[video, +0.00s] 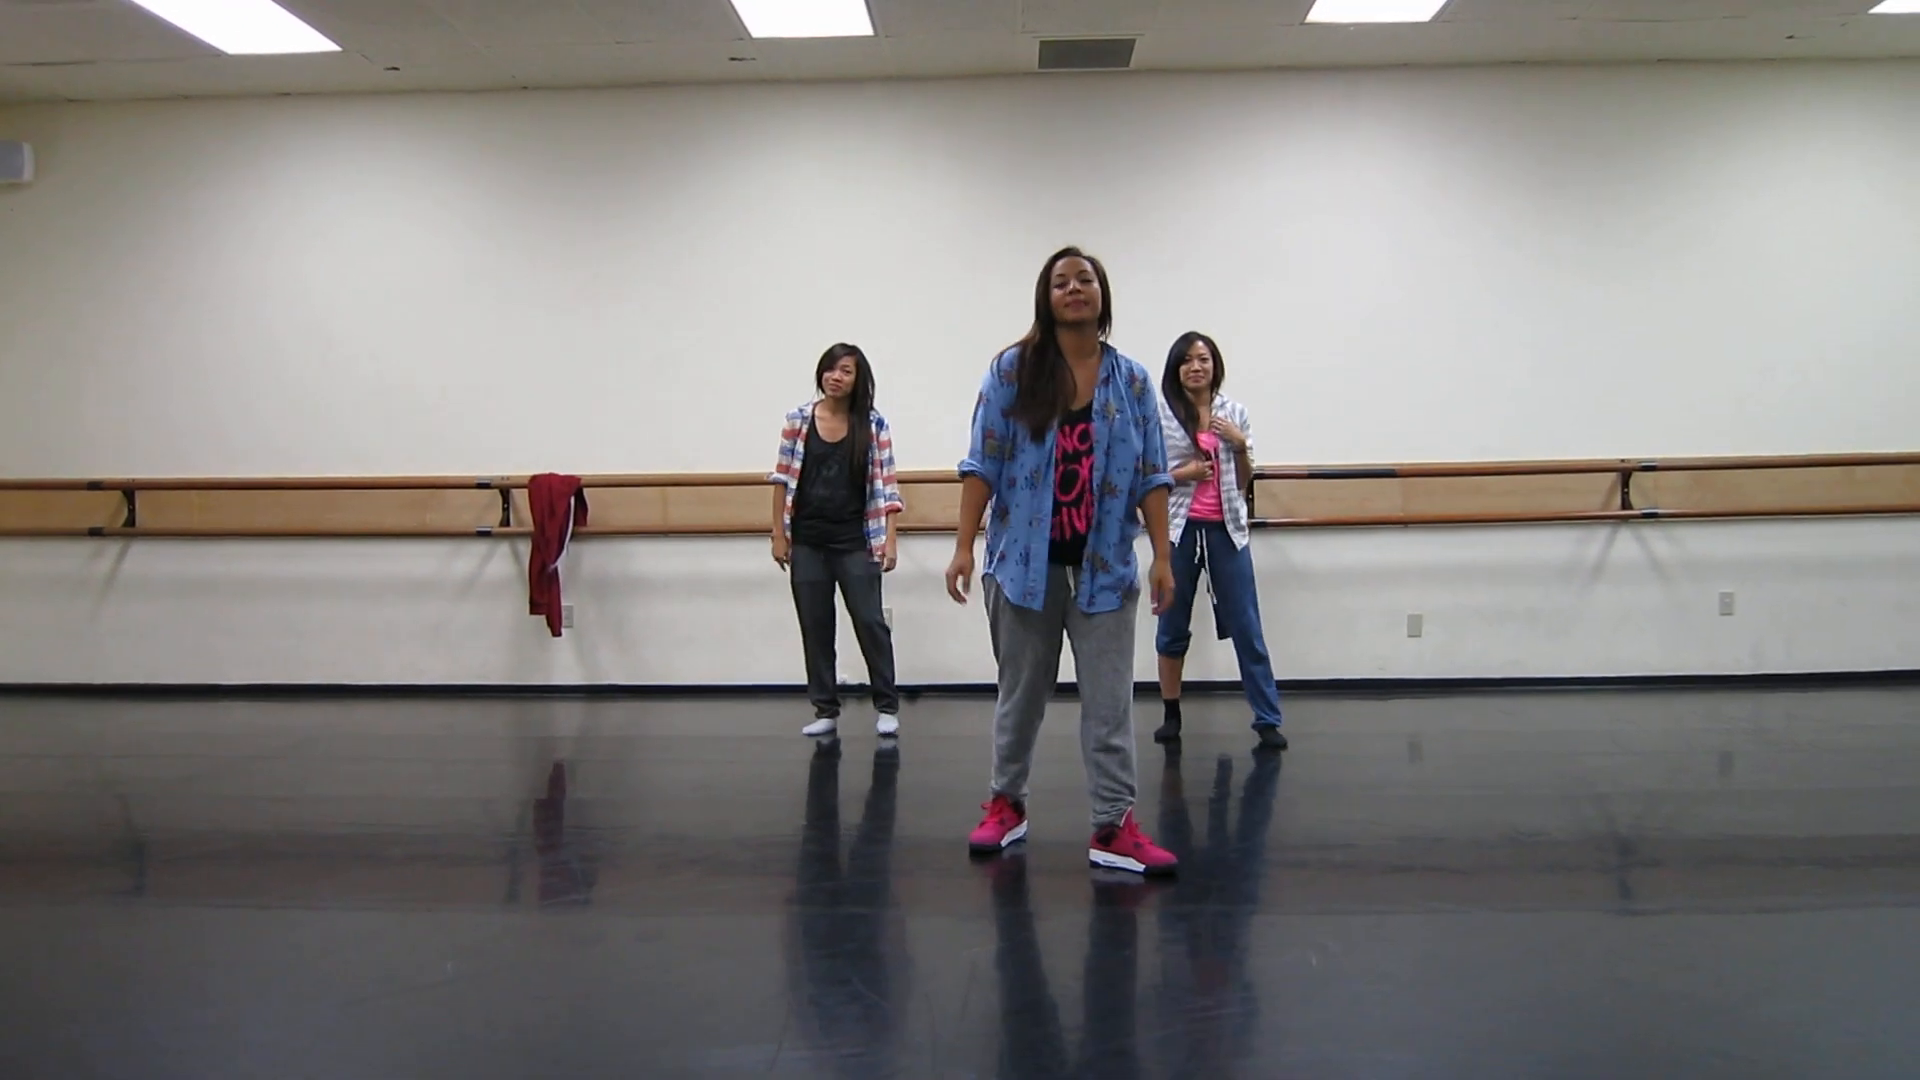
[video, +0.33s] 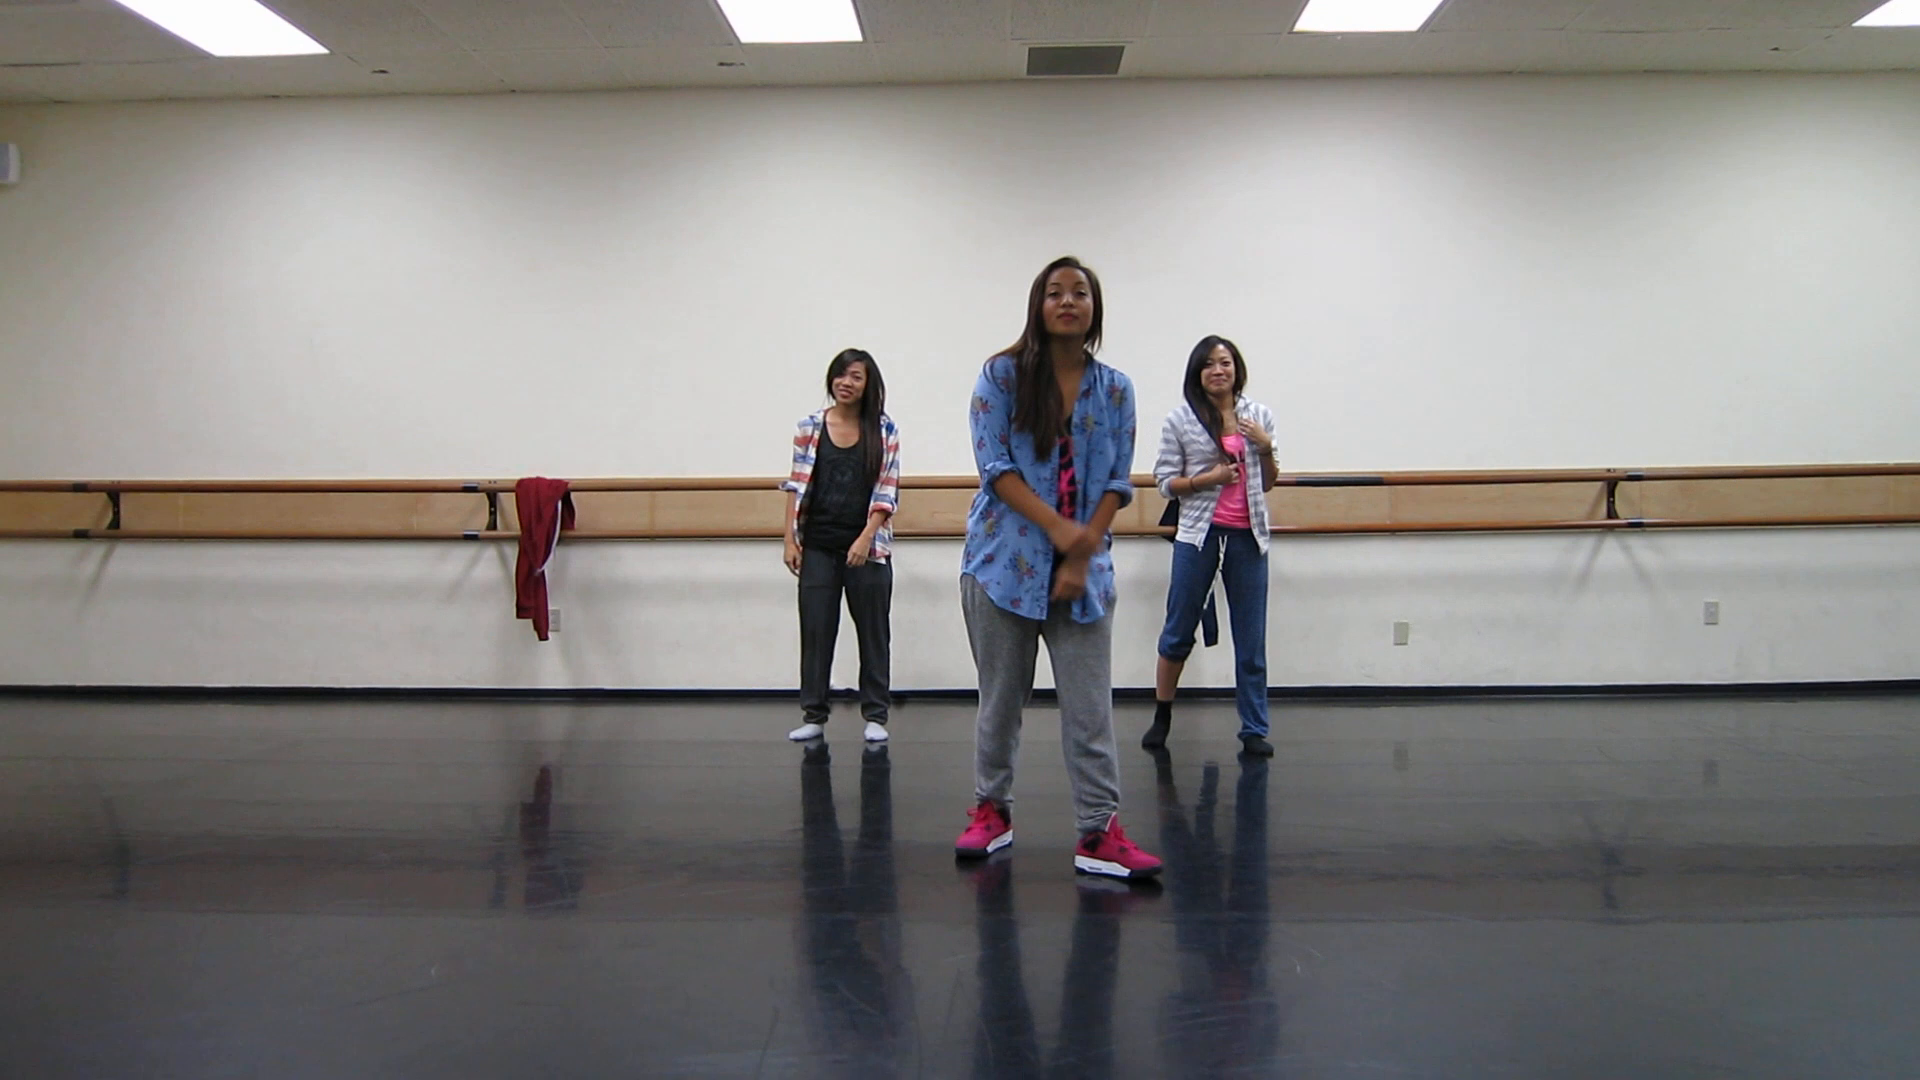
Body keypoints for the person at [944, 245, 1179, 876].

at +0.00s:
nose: (1075, 287)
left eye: (1085, 278)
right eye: (1062, 281)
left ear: (1104, 294)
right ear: (1045, 299)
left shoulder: (1131, 379)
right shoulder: (1012, 370)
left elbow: (1151, 475)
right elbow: (982, 463)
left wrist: (1161, 554)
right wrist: (964, 546)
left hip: (1105, 565)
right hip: (1024, 563)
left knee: (1110, 700)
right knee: (1020, 693)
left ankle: (1113, 826)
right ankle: (1005, 806)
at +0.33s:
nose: (1067, 302)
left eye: (1079, 293)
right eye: (1056, 293)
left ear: (1095, 307)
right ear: (1037, 306)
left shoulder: (1114, 387)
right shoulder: (1001, 375)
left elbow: (1115, 486)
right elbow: (996, 472)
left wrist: (1079, 557)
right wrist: (1058, 526)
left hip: (1081, 567)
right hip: (1002, 565)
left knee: (1091, 709)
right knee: (1000, 701)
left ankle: (1098, 833)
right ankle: (991, 813)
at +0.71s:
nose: (1014, 313)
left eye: (1024, 303)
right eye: (1003, 305)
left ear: (1044, 313)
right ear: (987, 317)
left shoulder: (1070, 389)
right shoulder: (959, 384)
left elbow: (1069, 482)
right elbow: (953, 466)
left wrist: (1038, 557)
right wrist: (998, 507)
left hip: (1043, 565)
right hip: (968, 568)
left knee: (1058, 703)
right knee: (979, 702)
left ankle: (1082, 827)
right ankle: (986, 816)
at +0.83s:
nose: (1002, 313)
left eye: (1013, 303)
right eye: (990, 306)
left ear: (1033, 314)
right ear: (975, 319)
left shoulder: (1062, 389)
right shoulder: (949, 387)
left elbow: (1082, 482)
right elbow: (915, 462)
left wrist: (1097, 559)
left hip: (1038, 572)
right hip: (961, 573)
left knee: (1054, 701)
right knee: (977, 701)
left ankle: (1081, 824)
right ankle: (985, 815)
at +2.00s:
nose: (980, 333)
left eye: (986, 320)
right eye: (966, 330)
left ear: (1009, 326)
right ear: (958, 349)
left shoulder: (1053, 391)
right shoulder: (951, 413)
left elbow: (1056, 477)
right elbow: (931, 500)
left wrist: (1011, 535)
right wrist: (915, 579)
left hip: (1051, 574)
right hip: (976, 580)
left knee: (1073, 700)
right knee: (987, 707)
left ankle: (1061, 789)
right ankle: (997, 823)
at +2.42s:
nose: (1052, 350)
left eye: (1061, 338)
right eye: (1039, 342)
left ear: (1079, 344)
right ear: (1024, 352)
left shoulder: (1110, 413)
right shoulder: (1001, 416)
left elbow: (1131, 496)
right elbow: (987, 502)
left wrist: (1077, 531)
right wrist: (1002, 569)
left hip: (1087, 584)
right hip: (1018, 585)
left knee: (1079, 707)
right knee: (1012, 711)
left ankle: (1077, 808)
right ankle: (1001, 823)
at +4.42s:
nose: (1051, 327)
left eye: (1062, 318)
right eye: (1039, 318)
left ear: (1081, 332)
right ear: (1021, 333)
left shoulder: (1106, 414)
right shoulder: (985, 406)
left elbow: (1131, 505)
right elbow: (955, 498)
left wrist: (1088, 542)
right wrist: (961, 576)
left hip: (1074, 598)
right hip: (1001, 600)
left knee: (1072, 729)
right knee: (1019, 730)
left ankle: (1086, 854)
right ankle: (1030, 841)